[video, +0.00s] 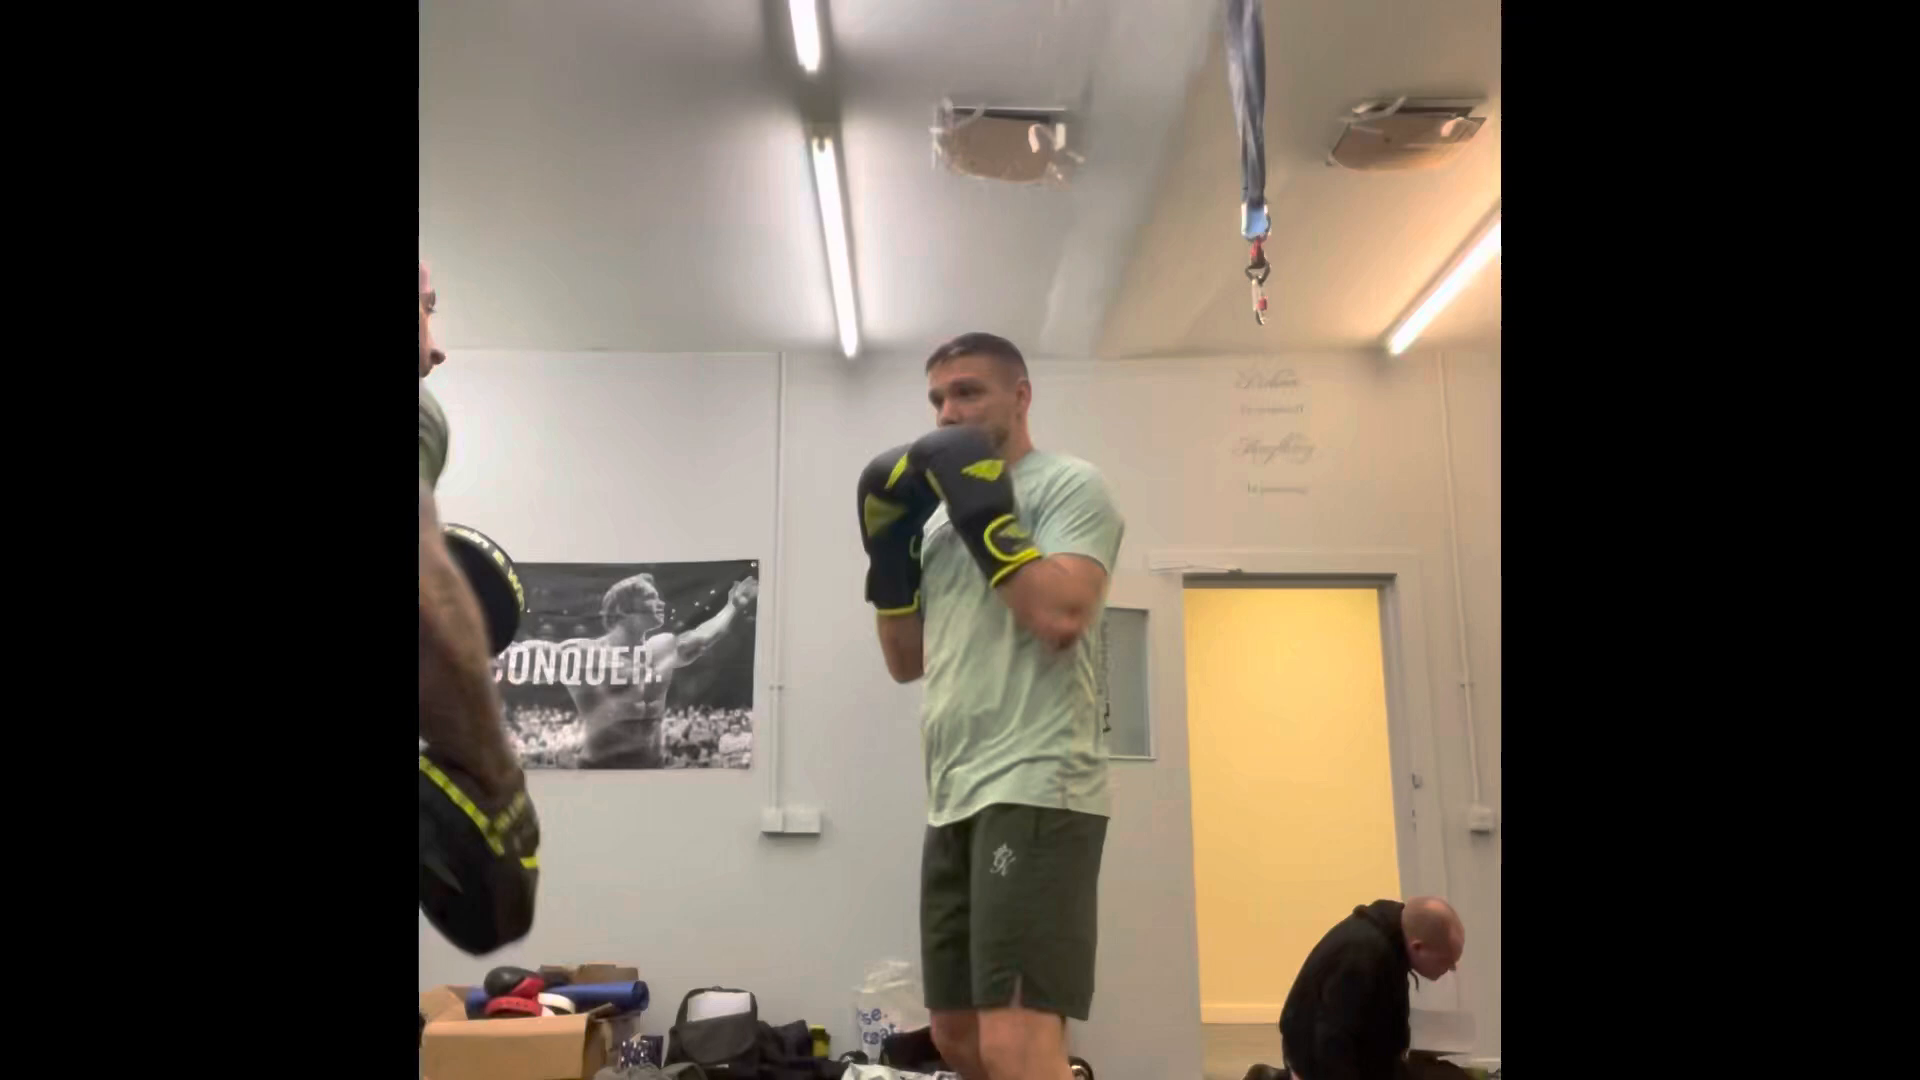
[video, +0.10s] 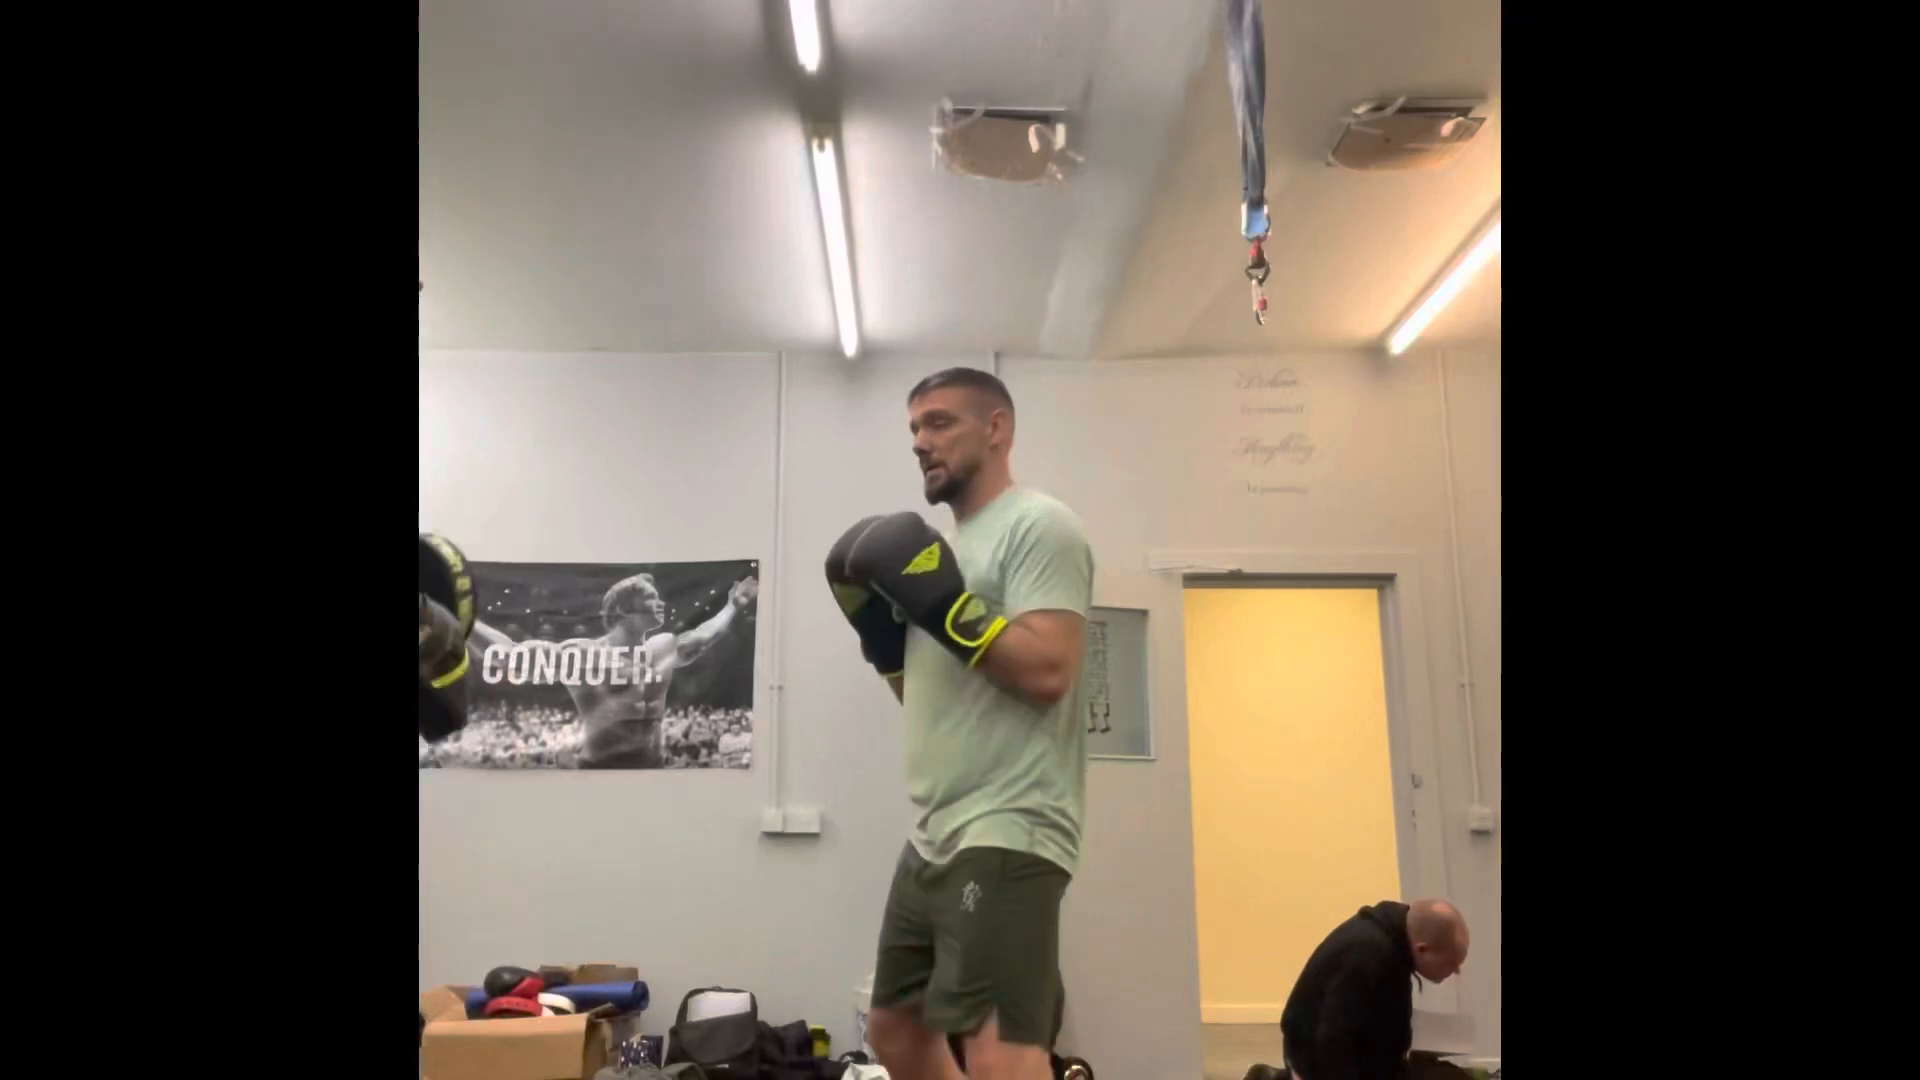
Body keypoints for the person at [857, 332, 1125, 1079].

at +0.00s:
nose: (951, 414)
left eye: (968, 394)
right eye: (939, 401)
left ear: (1020, 395)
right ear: (930, 413)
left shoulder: (1070, 486)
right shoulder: (938, 527)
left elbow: (1061, 616)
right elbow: (906, 663)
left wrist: (980, 512)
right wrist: (887, 547)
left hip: (1040, 785)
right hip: (957, 792)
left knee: (1018, 1039)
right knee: (959, 1036)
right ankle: (1059, 1076)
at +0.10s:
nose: (920, 443)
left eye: (938, 424)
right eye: (915, 431)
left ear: (998, 427)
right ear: (914, 443)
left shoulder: (1042, 525)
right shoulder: (947, 550)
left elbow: (1047, 671)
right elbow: (929, 699)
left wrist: (942, 600)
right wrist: (873, 619)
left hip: (1014, 821)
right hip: (939, 823)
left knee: (1000, 1051)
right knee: (899, 1032)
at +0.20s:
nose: (892, 472)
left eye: (908, 454)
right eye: (889, 460)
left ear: (965, 454)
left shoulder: (1003, 538)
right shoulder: (928, 566)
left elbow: (1010, 672)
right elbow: (931, 700)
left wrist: (908, 623)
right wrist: (870, 656)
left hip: (976, 824)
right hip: (919, 826)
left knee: (963, 1044)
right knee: (906, 1039)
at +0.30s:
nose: (849, 501)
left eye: (860, 481)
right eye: (847, 488)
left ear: (913, 472)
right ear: (911, 478)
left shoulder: (946, 546)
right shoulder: (928, 559)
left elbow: (977, 670)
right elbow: (943, 674)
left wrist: (865, 656)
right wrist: (863, 631)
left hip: (946, 830)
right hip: (967, 831)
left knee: (864, 1028)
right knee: (932, 1033)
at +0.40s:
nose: (830, 504)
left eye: (836, 483)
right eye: (826, 490)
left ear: (884, 468)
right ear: (891, 474)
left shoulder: (911, 538)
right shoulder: (945, 543)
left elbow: (908, 666)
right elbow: (926, 668)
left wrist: (815, 630)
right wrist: (853, 606)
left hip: (915, 827)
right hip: (985, 828)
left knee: (814, 1021)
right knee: (956, 1021)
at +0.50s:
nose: (845, 515)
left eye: (847, 494)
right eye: (842, 498)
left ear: (885, 476)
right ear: (903, 479)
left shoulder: (884, 557)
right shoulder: (994, 568)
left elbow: (856, 699)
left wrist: (795, 646)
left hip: (904, 841)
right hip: (999, 839)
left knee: (809, 1029)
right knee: (1019, 1034)